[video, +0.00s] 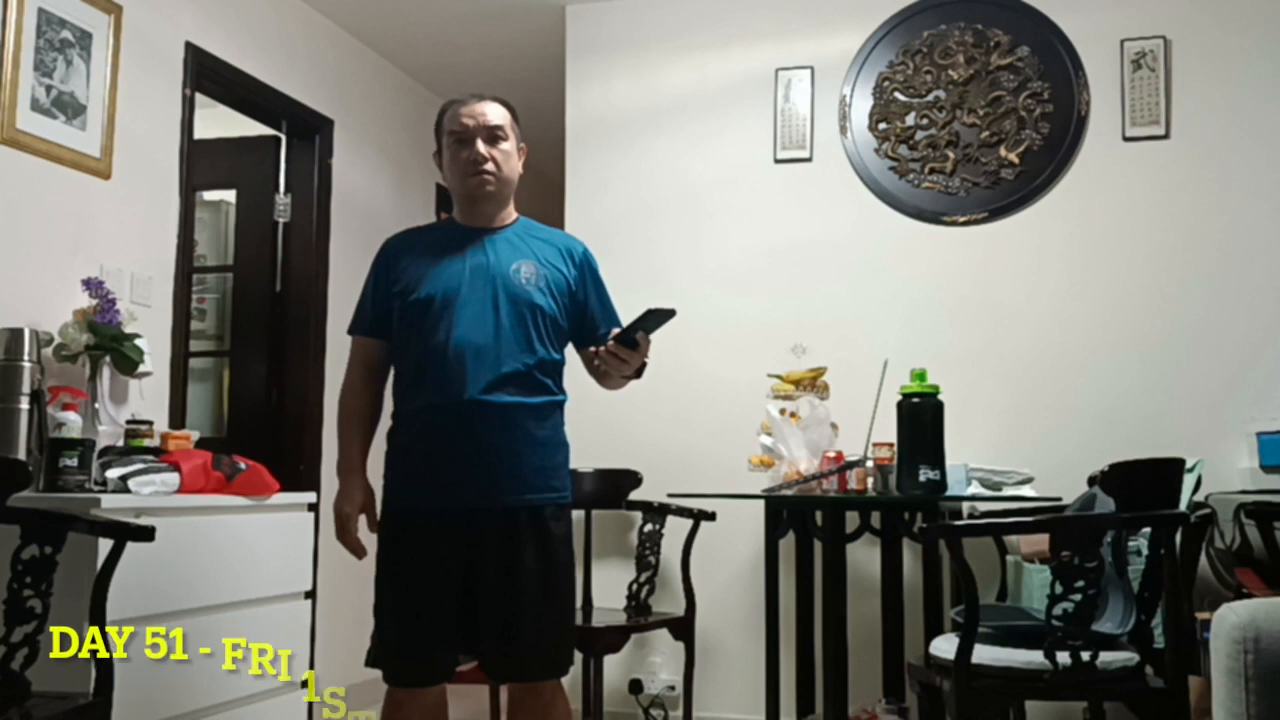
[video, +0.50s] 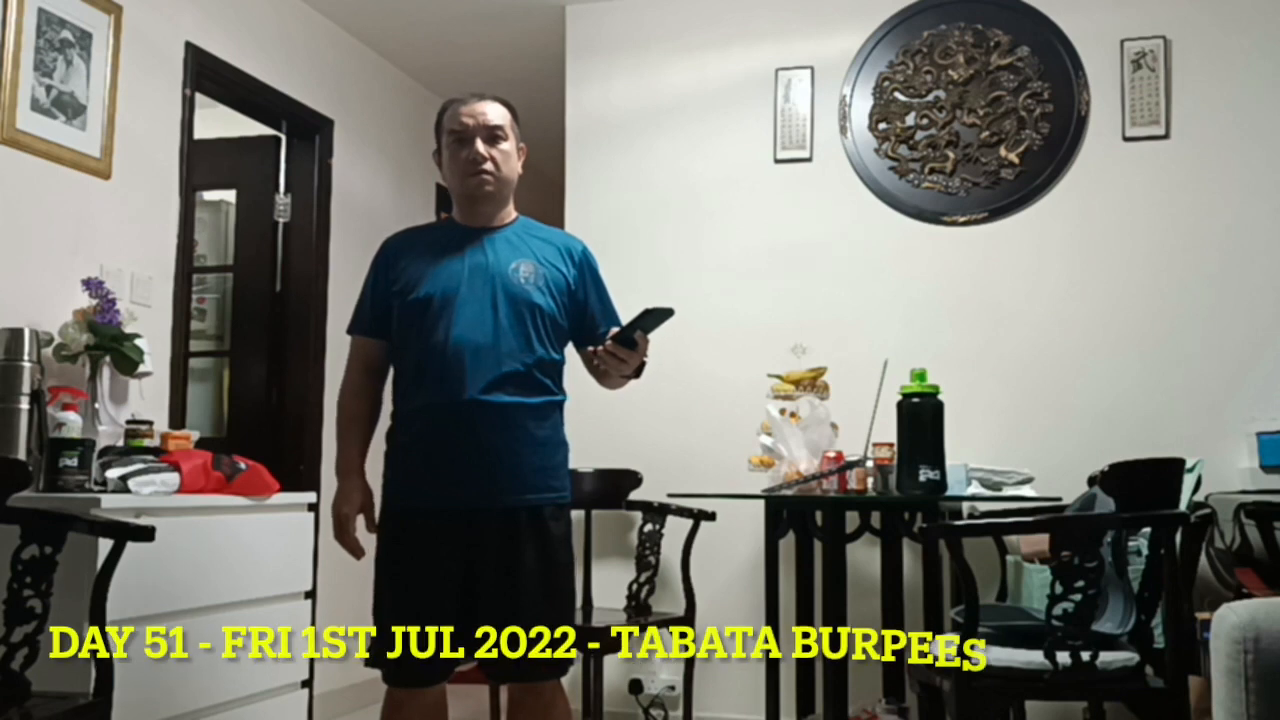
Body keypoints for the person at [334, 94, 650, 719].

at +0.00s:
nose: (478, 149)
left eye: (494, 136)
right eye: (461, 140)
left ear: (521, 158)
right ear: (440, 163)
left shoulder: (566, 253)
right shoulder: (402, 254)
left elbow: (605, 363)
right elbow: (365, 372)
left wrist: (622, 366)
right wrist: (352, 473)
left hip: (529, 496)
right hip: (423, 496)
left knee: (535, 681)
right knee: (413, 682)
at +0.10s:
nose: (478, 149)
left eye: (493, 137)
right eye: (460, 140)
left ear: (521, 158)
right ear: (440, 163)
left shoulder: (566, 253)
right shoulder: (402, 254)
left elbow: (605, 363)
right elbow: (365, 372)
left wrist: (623, 365)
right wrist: (352, 473)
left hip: (529, 496)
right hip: (422, 496)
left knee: (535, 680)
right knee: (411, 682)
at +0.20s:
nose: (478, 148)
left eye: (493, 136)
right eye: (460, 140)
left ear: (521, 158)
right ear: (440, 163)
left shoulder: (566, 253)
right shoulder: (402, 254)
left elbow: (605, 363)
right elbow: (365, 372)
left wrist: (622, 365)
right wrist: (352, 472)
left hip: (530, 496)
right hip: (423, 496)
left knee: (538, 681)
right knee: (413, 682)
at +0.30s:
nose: (478, 148)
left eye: (493, 136)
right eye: (460, 139)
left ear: (521, 158)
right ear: (440, 163)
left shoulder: (566, 253)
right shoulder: (402, 254)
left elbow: (605, 363)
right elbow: (365, 372)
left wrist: (622, 365)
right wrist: (352, 473)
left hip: (529, 497)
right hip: (422, 496)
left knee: (536, 680)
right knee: (412, 681)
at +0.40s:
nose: (477, 148)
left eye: (493, 136)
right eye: (460, 139)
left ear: (521, 158)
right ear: (440, 162)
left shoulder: (565, 253)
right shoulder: (402, 253)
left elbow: (605, 363)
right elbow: (364, 371)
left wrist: (622, 364)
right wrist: (351, 473)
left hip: (529, 496)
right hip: (422, 496)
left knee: (536, 681)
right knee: (412, 682)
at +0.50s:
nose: (477, 148)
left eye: (493, 136)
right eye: (460, 139)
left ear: (521, 158)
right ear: (439, 162)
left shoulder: (565, 252)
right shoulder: (401, 253)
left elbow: (605, 363)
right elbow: (364, 371)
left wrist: (622, 365)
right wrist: (350, 473)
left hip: (529, 497)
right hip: (421, 496)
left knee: (536, 681)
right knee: (411, 682)